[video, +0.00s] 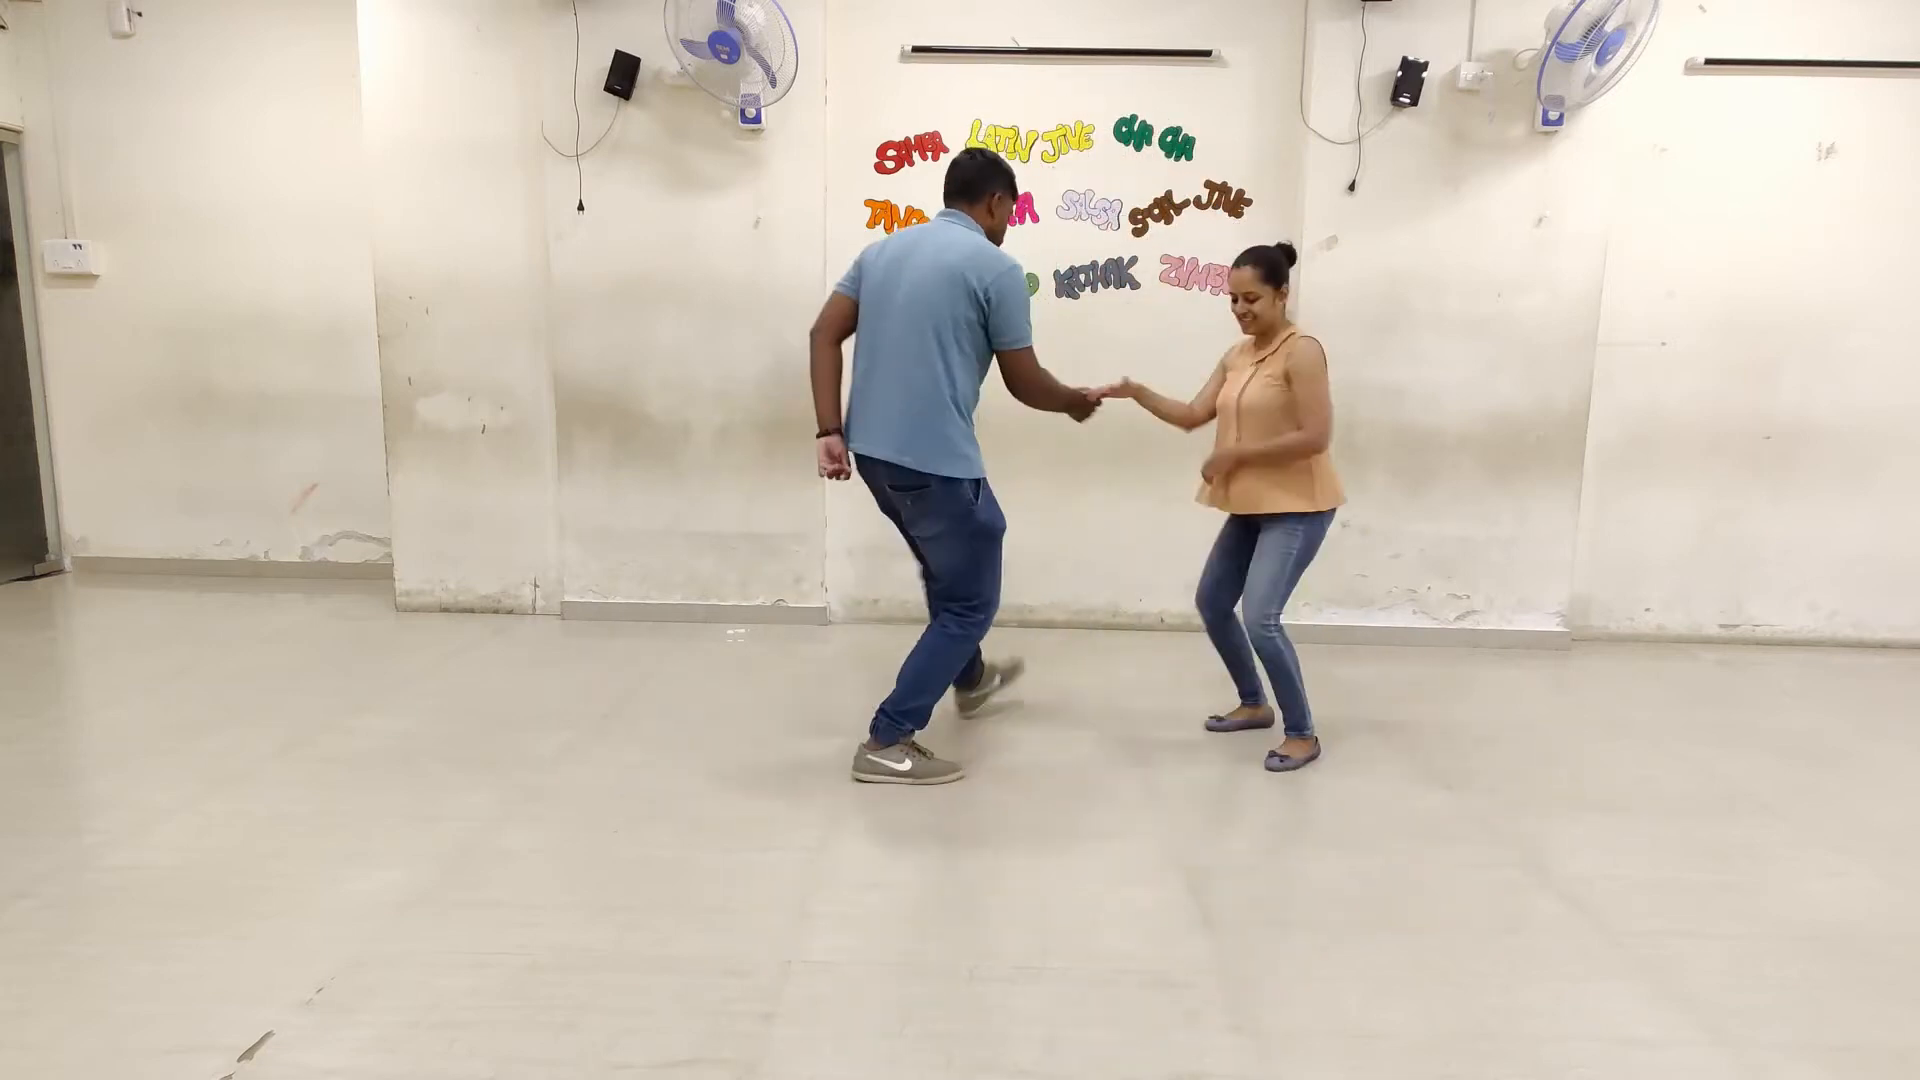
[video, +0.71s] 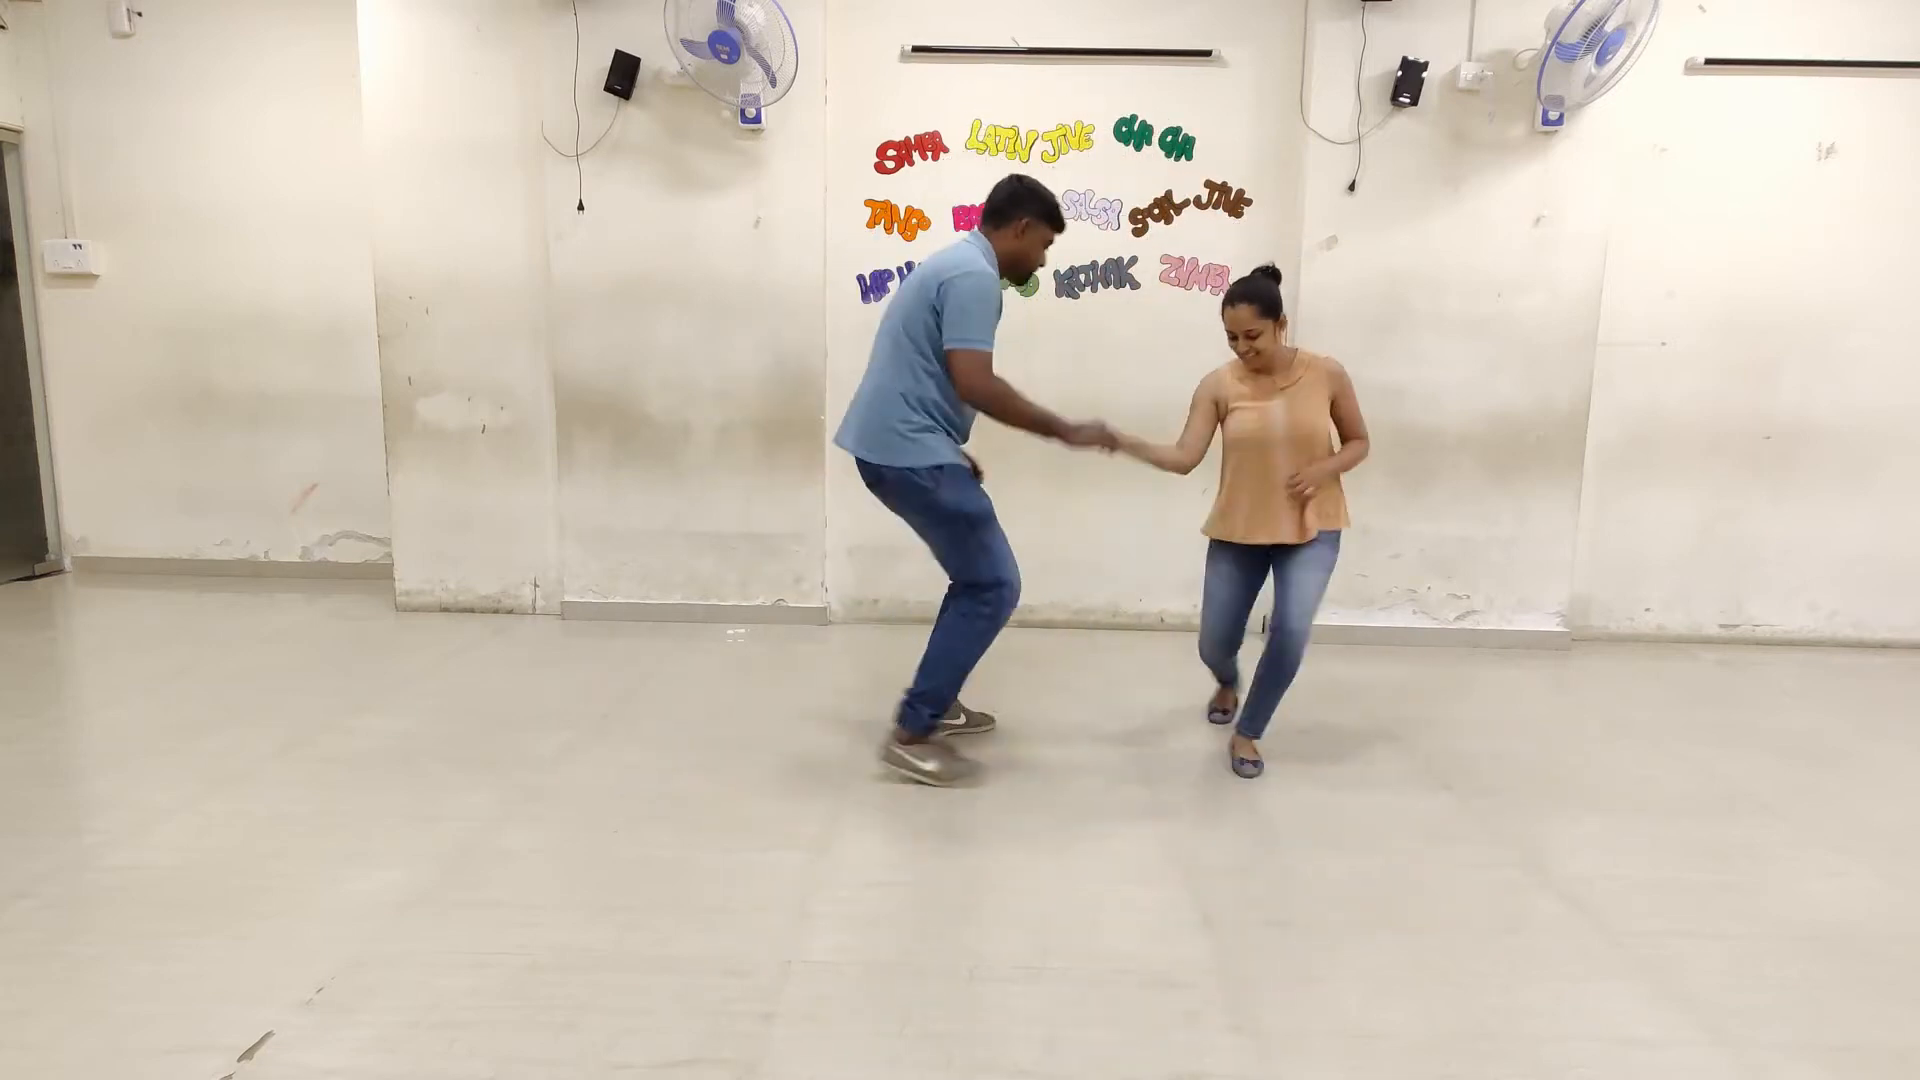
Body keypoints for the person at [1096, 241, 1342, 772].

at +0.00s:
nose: (1238, 309)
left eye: (1249, 299)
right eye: (1233, 299)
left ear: (1281, 295)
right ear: (1231, 297)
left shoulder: (1303, 351)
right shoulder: (1237, 355)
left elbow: (1317, 437)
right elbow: (1190, 416)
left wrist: (1235, 454)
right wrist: (1135, 389)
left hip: (1300, 507)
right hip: (1250, 507)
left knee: (1260, 617)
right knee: (1212, 602)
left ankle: (1301, 736)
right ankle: (1254, 705)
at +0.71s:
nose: (1243, 346)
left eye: (1253, 335)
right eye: (1233, 336)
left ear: (1280, 323)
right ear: (1224, 328)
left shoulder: (1326, 374)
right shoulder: (1218, 386)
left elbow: (1358, 444)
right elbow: (1184, 457)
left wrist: (1325, 469)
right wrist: (1123, 442)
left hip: (1310, 530)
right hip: (1238, 530)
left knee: (1290, 639)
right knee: (1214, 647)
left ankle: (1248, 735)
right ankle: (1229, 684)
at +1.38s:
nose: (1218, 316)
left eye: (1229, 309)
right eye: (1219, 306)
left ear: (1264, 317)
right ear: (1239, 315)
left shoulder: (1294, 379)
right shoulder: (1217, 377)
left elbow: (1315, 472)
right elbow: (1202, 458)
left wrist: (1237, 490)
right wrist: (1154, 490)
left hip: (1282, 532)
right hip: (1222, 528)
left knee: (1232, 631)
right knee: (1171, 609)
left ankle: (1272, 739)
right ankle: (1221, 705)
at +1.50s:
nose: (1219, 290)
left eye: (1229, 281)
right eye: (1222, 279)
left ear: (1262, 291)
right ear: (1258, 290)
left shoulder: (1267, 346)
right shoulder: (1255, 343)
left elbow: (1257, 435)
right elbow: (1216, 415)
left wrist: (1205, 450)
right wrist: (1137, 412)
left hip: (1282, 502)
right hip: (1259, 500)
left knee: (1230, 621)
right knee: (1200, 589)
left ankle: (1293, 744)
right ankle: (1223, 704)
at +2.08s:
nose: (1272, 286)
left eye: (1285, 279)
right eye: (1263, 274)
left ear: (1296, 291)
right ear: (1242, 279)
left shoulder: (1315, 352)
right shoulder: (1209, 349)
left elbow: (1343, 436)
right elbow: (1159, 418)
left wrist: (1261, 448)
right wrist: (1149, 470)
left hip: (1286, 514)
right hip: (1214, 506)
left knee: (1259, 633)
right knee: (1181, 612)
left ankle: (1218, 731)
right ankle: (1206, 682)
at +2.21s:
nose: (1320, 276)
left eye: (1321, 266)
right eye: (1311, 266)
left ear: (1292, 271)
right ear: (1276, 269)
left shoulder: (1315, 338)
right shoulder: (1234, 342)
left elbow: (1327, 413)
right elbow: (1234, 438)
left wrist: (1322, 428)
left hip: (1293, 502)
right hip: (1230, 498)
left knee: (1273, 630)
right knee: (1231, 619)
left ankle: (1218, 729)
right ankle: (1164, 674)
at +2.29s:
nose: (1331, 264)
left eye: (1328, 254)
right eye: (1324, 254)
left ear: (1295, 263)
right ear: (1296, 261)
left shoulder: (1293, 326)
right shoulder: (1264, 328)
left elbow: (1293, 413)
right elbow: (1285, 422)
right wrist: (1366, 438)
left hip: (1282, 491)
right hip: (1243, 490)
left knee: (1277, 614)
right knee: (1273, 611)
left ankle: (1214, 726)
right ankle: (1182, 702)